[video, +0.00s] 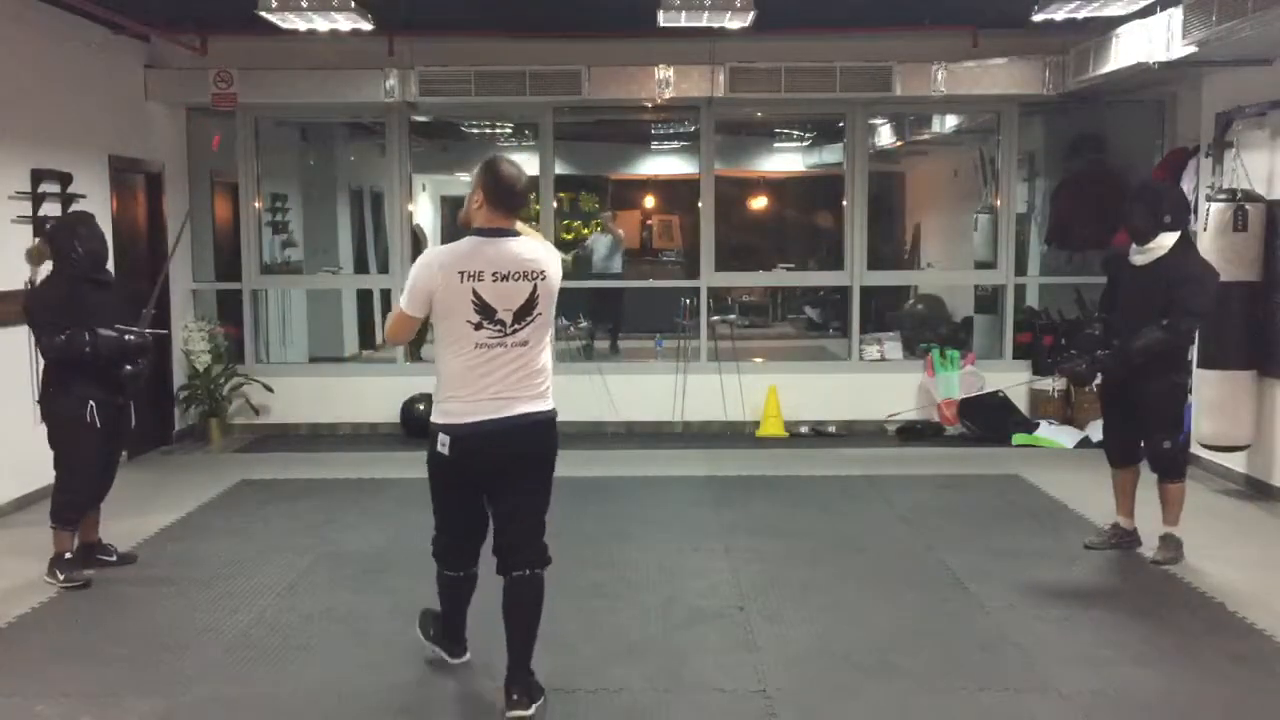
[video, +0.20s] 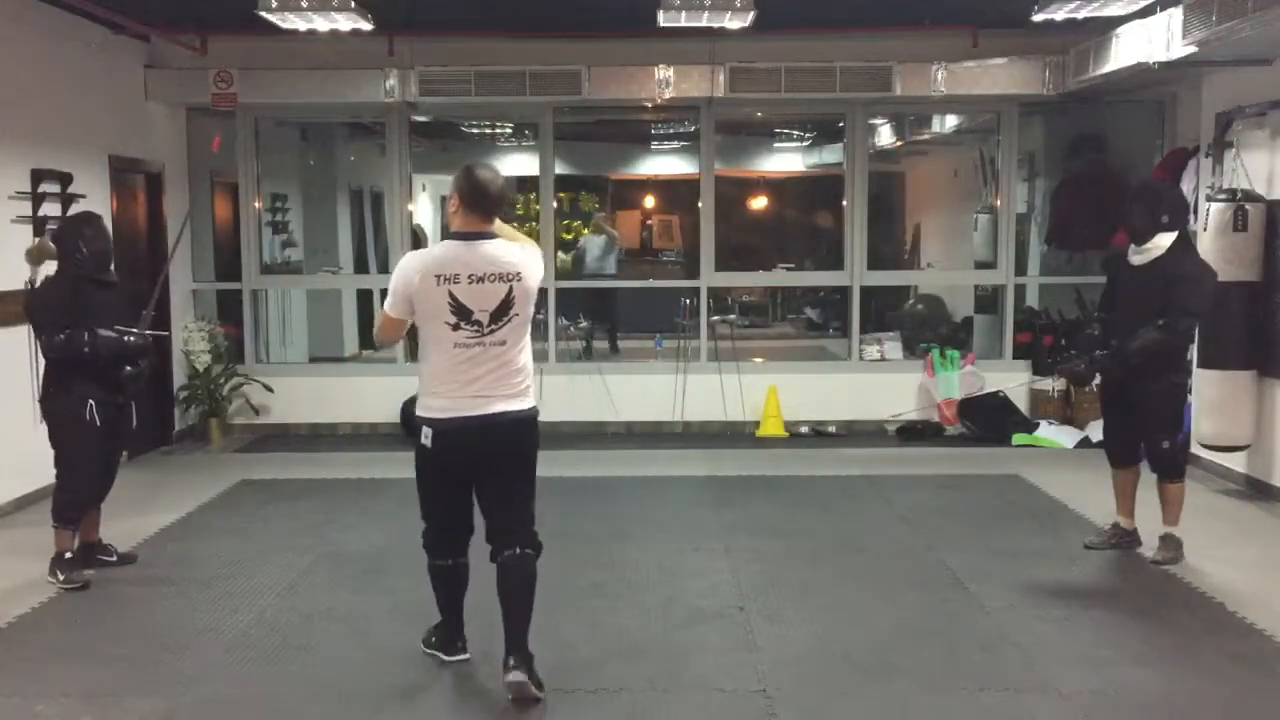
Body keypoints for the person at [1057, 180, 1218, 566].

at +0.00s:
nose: (1132, 223)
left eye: (1140, 215)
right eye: (1131, 215)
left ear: (1162, 217)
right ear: (1130, 216)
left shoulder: (1191, 268)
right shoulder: (1121, 264)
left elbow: (1182, 329)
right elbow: (1106, 317)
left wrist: (1128, 351)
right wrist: (1093, 348)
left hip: (1164, 377)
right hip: (1120, 373)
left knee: (1168, 456)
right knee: (1122, 451)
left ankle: (1170, 537)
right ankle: (1124, 527)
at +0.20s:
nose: (1130, 222)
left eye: (1138, 214)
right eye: (1129, 214)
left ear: (1160, 216)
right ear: (1130, 216)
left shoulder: (1189, 268)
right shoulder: (1120, 264)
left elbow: (1178, 330)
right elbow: (1106, 317)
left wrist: (1123, 354)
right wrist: (1094, 348)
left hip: (1164, 379)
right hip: (1120, 374)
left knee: (1168, 458)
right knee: (1122, 451)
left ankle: (1170, 537)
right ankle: (1124, 528)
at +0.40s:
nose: (1128, 222)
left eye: (1137, 215)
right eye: (1128, 214)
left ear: (1158, 218)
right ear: (1127, 217)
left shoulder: (1187, 268)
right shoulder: (1118, 263)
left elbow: (1173, 329)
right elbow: (1106, 319)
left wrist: (1115, 355)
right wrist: (1091, 353)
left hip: (1162, 377)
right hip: (1119, 373)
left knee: (1165, 455)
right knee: (1121, 449)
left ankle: (1170, 536)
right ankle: (1124, 527)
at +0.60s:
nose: (1127, 224)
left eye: (1136, 216)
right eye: (1126, 216)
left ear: (1157, 218)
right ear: (1126, 218)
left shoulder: (1185, 269)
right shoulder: (1116, 264)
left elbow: (1171, 330)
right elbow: (1105, 319)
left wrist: (1115, 353)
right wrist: (1089, 351)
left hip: (1159, 378)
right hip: (1117, 374)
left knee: (1164, 455)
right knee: (1120, 450)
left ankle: (1170, 536)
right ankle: (1124, 527)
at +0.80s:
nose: (1126, 227)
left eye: (1134, 219)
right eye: (1125, 219)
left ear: (1155, 219)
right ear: (1123, 220)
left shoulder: (1182, 268)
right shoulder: (1116, 263)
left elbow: (1170, 328)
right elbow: (1100, 315)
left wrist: (1113, 352)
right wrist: (1083, 344)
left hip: (1156, 376)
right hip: (1114, 372)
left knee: (1159, 454)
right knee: (1117, 450)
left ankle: (1169, 536)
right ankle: (1124, 527)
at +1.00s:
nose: (1126, 226)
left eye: (1135, 218)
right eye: (1125, 218)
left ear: (1156, 219)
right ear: (1124, 218)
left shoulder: (1181, 267)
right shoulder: (1115, 261)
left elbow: (1172, 327)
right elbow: (1100, 315)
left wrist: (1125, 346)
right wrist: (1089, 344)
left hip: (1154, 377)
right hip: (1112, 374)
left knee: (1159, 455)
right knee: (1116, 450)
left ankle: (1169, 537)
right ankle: (1123, 528)